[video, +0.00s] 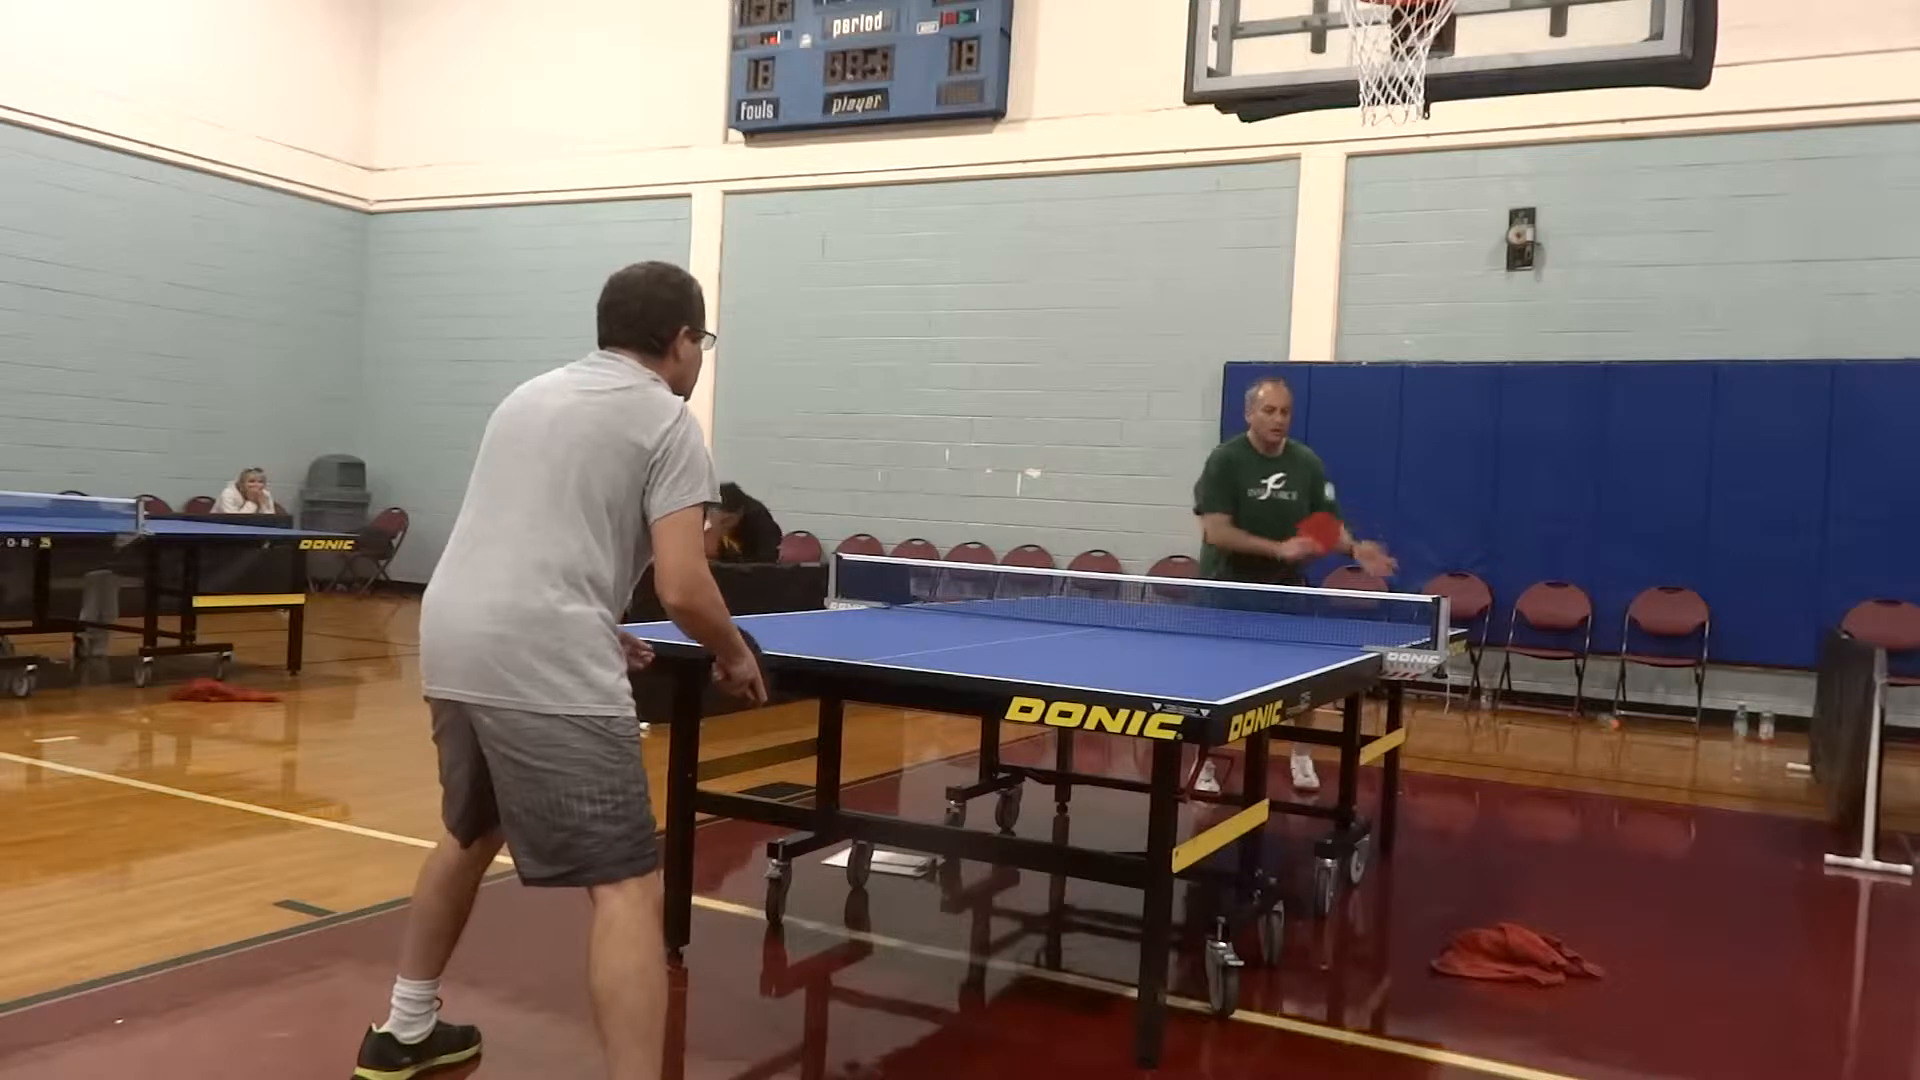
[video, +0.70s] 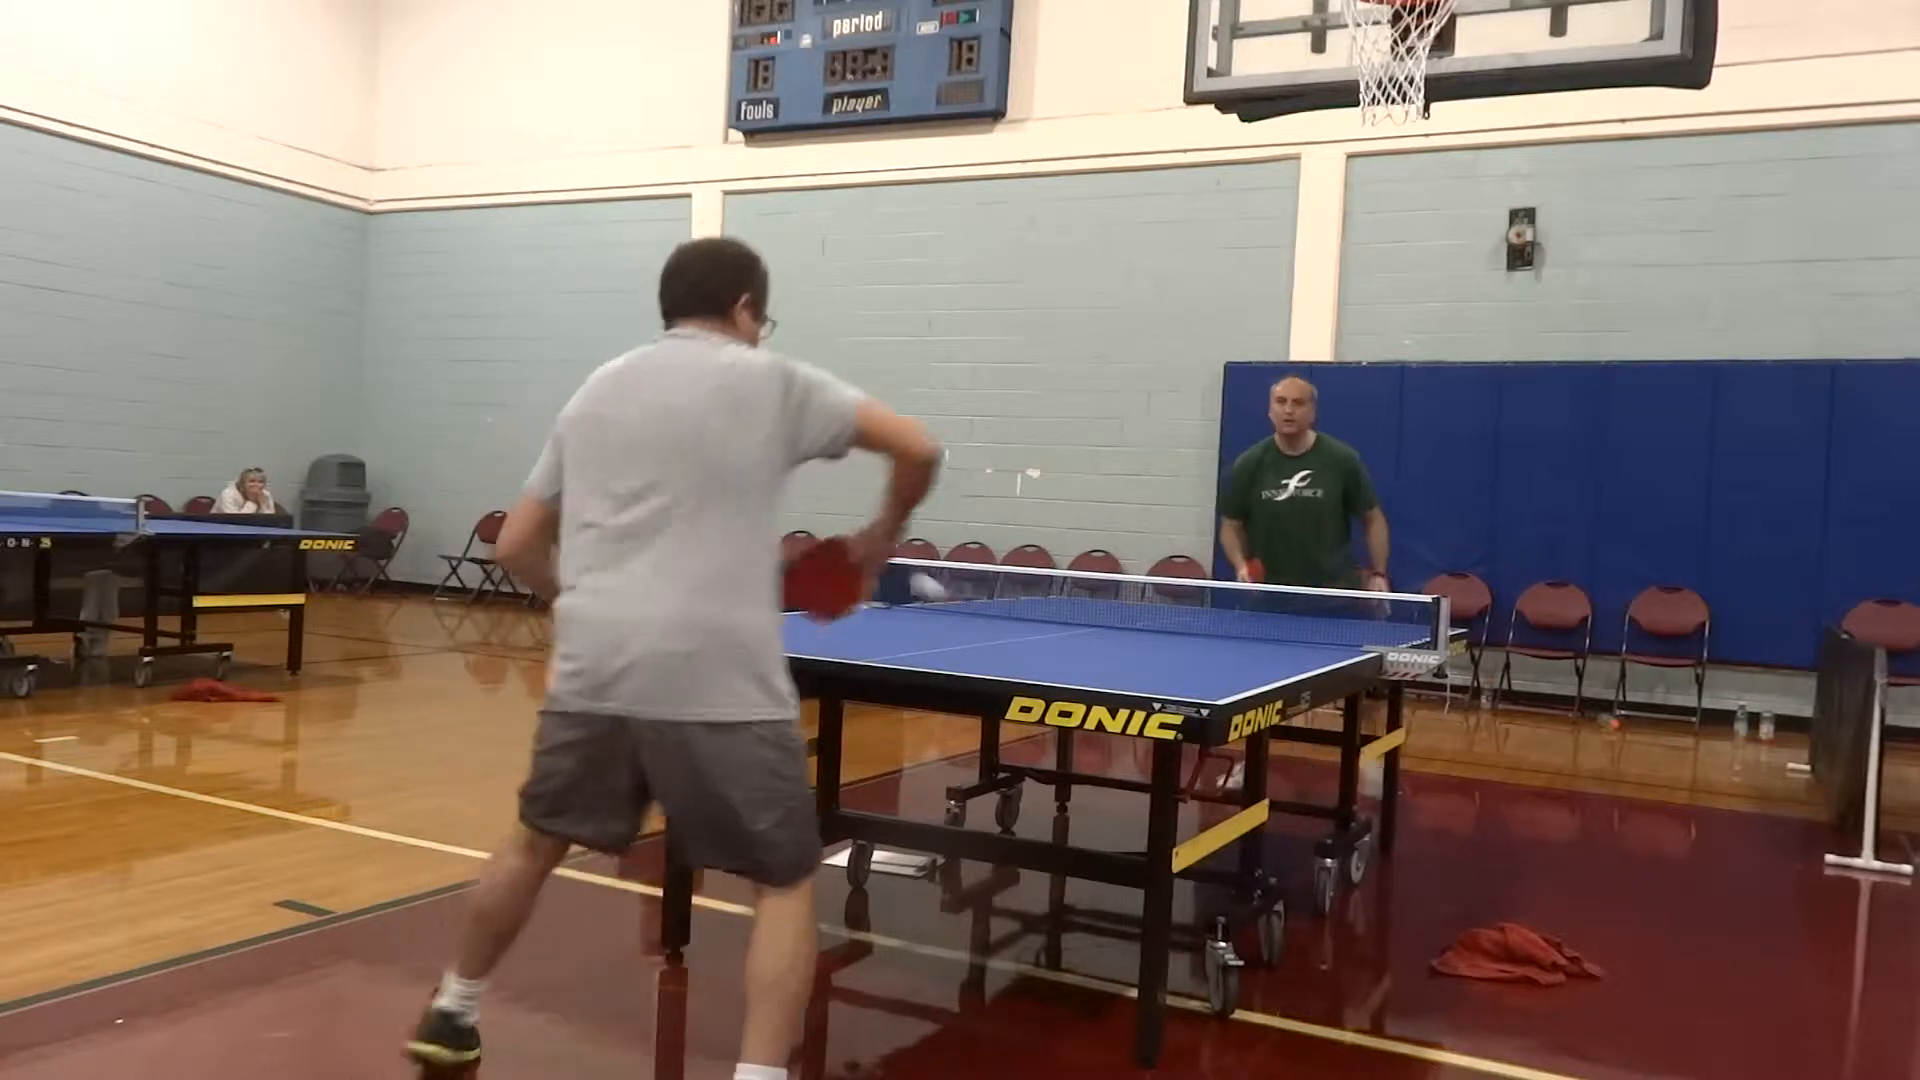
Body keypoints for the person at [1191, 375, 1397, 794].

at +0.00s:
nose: (1279, 420)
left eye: (1285, 412)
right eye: (1269, 411)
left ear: (1292, 416)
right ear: (1249, 414)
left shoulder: (1307, 463)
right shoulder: (1225, 459)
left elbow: (1326, 524)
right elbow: (1214, 531)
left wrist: (1356, 548)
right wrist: (1277, 548)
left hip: (1286, 590)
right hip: (1227, 589)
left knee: (1302, 669)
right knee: (1219, 666)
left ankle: (1301, 753)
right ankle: (1211, 757)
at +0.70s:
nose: (1288, 410)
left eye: (1298, 403)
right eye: (1281, 402)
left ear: (1313, 412)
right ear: (1270, 410)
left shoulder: (1343, 461)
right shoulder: (1247, 466)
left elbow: (1373, 518)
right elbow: (1231, 526)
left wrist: (1379, 573)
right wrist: (1241, 566)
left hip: (1333, 596)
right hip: (1268, 597)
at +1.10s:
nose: (1333, 419)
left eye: (1343, 412)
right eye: (1326, 411)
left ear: (1360, 418)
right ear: (1316, 417)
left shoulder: (1387, 469)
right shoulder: (1301, 470)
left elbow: (1427, 533)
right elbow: (1274, 525)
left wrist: (1384, 576)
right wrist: (1272, 558)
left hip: (1376, 612)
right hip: (1310, 609)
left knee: (1419, 686)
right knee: (1262, 675)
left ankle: (1435, 782)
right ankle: (1252, 764)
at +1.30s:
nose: (1360, 416)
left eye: (1371, 409)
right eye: (1354, 407)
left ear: (1385, 416)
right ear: (1341, 411)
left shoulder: (1412, 468)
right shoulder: (1317, 463)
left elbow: (1435, 534)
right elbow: (1271, 523)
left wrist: (1404, 572)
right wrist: (1296, 565)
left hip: (1388, 610)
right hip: (1321, 606)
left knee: (1424, 685)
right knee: (1272, 676)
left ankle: (1437, 780)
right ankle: (1252, 763)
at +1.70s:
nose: (1344, 436)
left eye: (1353, 429)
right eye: (1335, 427)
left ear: (1363, 436)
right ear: (1318, 432)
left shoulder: (1383, 476)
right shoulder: (1296, 484)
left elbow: (1425, 515)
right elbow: (1259, 554)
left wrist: (1456, 552)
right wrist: (1287, 602)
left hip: (1377, 616)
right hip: (1312, 616)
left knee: (1416, 685)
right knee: (1260, 679)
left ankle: (1431, 782)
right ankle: (1241, 768)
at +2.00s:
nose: (1337, 405)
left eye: (1347, 400)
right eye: (1330, 397)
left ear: (1357, 414)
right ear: (1312, 405)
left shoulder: (1376, 466)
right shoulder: (1281, 462)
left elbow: (1405, 522)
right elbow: (1245, 524)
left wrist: (1434, 575)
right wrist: (1247, 576)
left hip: (1364, 605)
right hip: (1292, 604)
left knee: (1390, 692)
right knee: (1256, 681)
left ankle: (1393, 782)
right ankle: (1242, 766)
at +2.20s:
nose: (1373, 396)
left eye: (1384, 392)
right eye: (1366, 387)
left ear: (1394, 406)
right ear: (1348, 396)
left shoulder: (1406, 465)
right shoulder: (1310, 452)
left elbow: (1442, 524)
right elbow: (1269, 508)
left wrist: (1466, 578)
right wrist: (1242, 560)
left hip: (1371, 604)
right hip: (1297, 597)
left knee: (1391, 694)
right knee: (1259, 675)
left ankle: (1391, 785)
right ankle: (1241, 760)